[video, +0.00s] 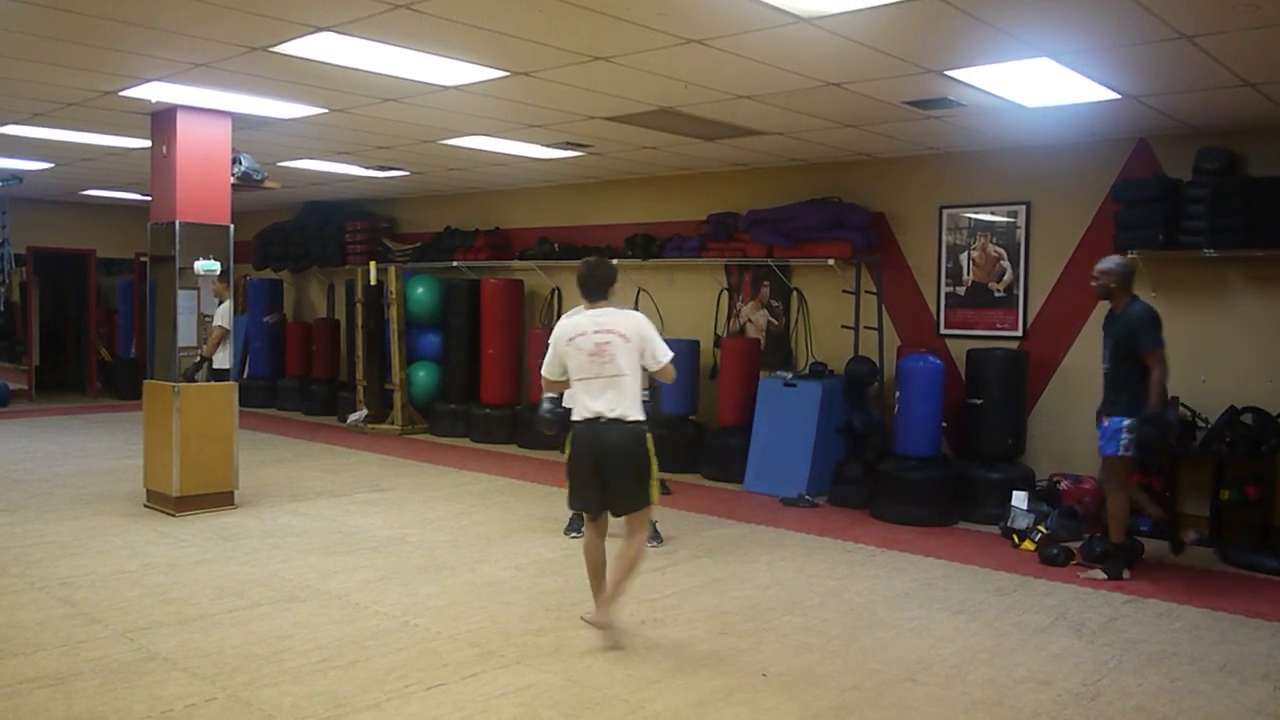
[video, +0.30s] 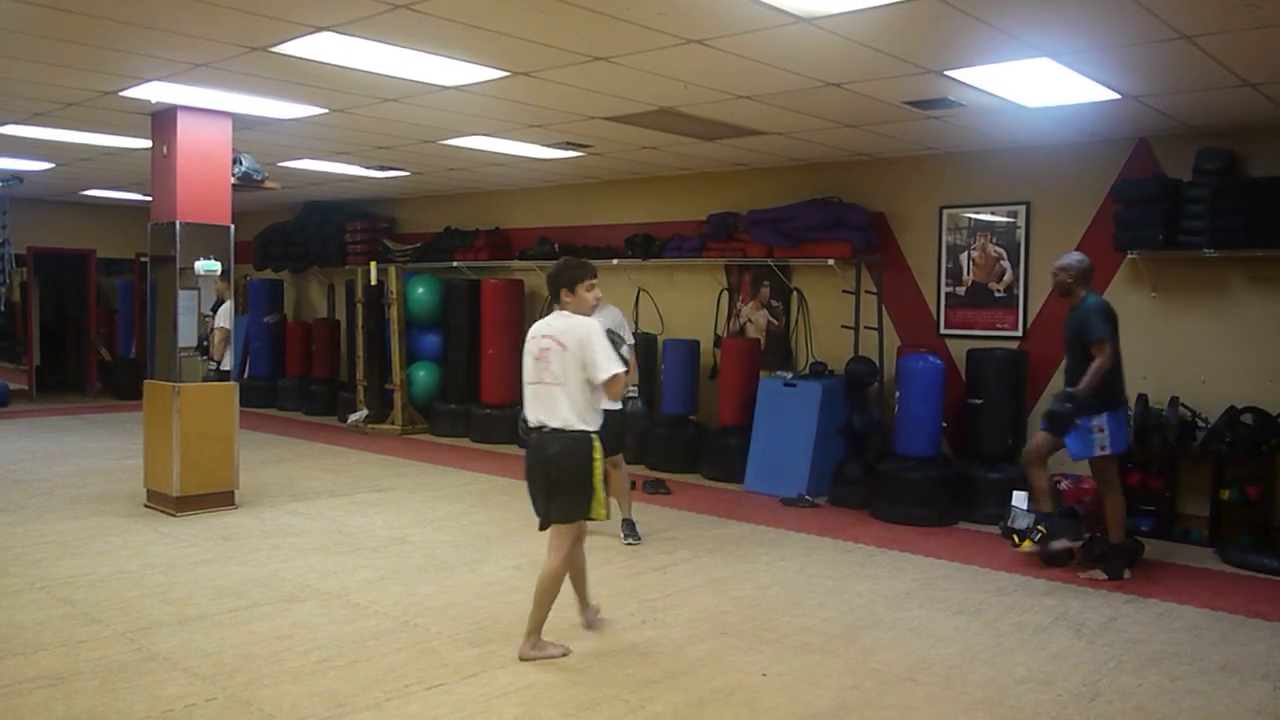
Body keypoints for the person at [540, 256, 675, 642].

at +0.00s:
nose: (618, 289)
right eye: (616, 283)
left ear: (580, 288)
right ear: (614, 288)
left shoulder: (564, 326)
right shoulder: (635, 322)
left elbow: (550, 384)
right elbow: (668, 373)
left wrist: (585, 370)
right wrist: (632, 355)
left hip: (584, 437)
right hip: (629, 436)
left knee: (593, 526)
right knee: (636, 532)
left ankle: (603, 613)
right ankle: (604, 605)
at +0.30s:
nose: (597, 295)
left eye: (596, 287)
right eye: (590, 289)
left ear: (561, 295)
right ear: (567, 293)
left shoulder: (536, 329)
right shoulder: (587, 329)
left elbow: (546, 384)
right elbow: (614, 390)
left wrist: (604, 368)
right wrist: (625, 367)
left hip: (539, 441)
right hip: (576, 444)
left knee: (575, 533)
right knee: (559, 549)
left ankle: (586, 609)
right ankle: (531, 640)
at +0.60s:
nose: (554, 293)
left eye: (556, 285)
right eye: (546, 285)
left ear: (535, 287)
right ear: (521, 286)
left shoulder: (505, 321)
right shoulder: (527, 325)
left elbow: (523, 382)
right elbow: (547, 390)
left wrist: (562, 360)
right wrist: (577, 364)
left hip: (504, 441)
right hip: (532, 443)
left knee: (519, 540)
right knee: (540, 543)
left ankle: (468, 624)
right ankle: (531, 641)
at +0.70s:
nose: (538, 294)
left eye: (540, 286)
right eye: (529, 287)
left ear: (509, 290)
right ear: (502, 288)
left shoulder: (490, 325)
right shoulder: (511, 327)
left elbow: (510, 387)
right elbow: (527, 391)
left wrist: (540, 363)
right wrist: (559, 371)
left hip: (488, 446)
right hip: (519, 448)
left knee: (497, 547)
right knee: (535, 545)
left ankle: (434, 636)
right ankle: (532, 641)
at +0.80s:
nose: (522, 298)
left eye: (523, 291)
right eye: (514, 291)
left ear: (490, 293)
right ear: (487, 291)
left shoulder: (468, 328)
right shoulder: (493, 329)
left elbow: (488, 387)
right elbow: (511, 392)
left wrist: (527, 367)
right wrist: (544, 374)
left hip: (468, 451)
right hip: (502, 453)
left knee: (469, 554)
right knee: (521, 550)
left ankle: (422, 657)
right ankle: (532, 642)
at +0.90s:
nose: (509, 303)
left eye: (510, 295)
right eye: (502, 294)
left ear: (471, 295)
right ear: (476, 292)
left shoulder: (447, 329)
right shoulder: (478, 329)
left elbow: (461, 391)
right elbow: (503, 389)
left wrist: (516, 377)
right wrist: (531, 369)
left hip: (447, 458)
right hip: (484, 460)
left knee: (442, 560)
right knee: (509, 554)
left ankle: (417, 667)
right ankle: (523, 646)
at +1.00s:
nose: (494, 300)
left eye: (494, 292)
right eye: (490, 292)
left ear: (456, 289)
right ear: (469, 289)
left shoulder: (429, 327)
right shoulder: (466, 325)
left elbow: (446, 398)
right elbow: (505, 382)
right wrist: (523, 363)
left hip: (431, 458)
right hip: (469, 460)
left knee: (425, 563)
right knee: (505, 554)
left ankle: (416, 669)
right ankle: (493, 658)